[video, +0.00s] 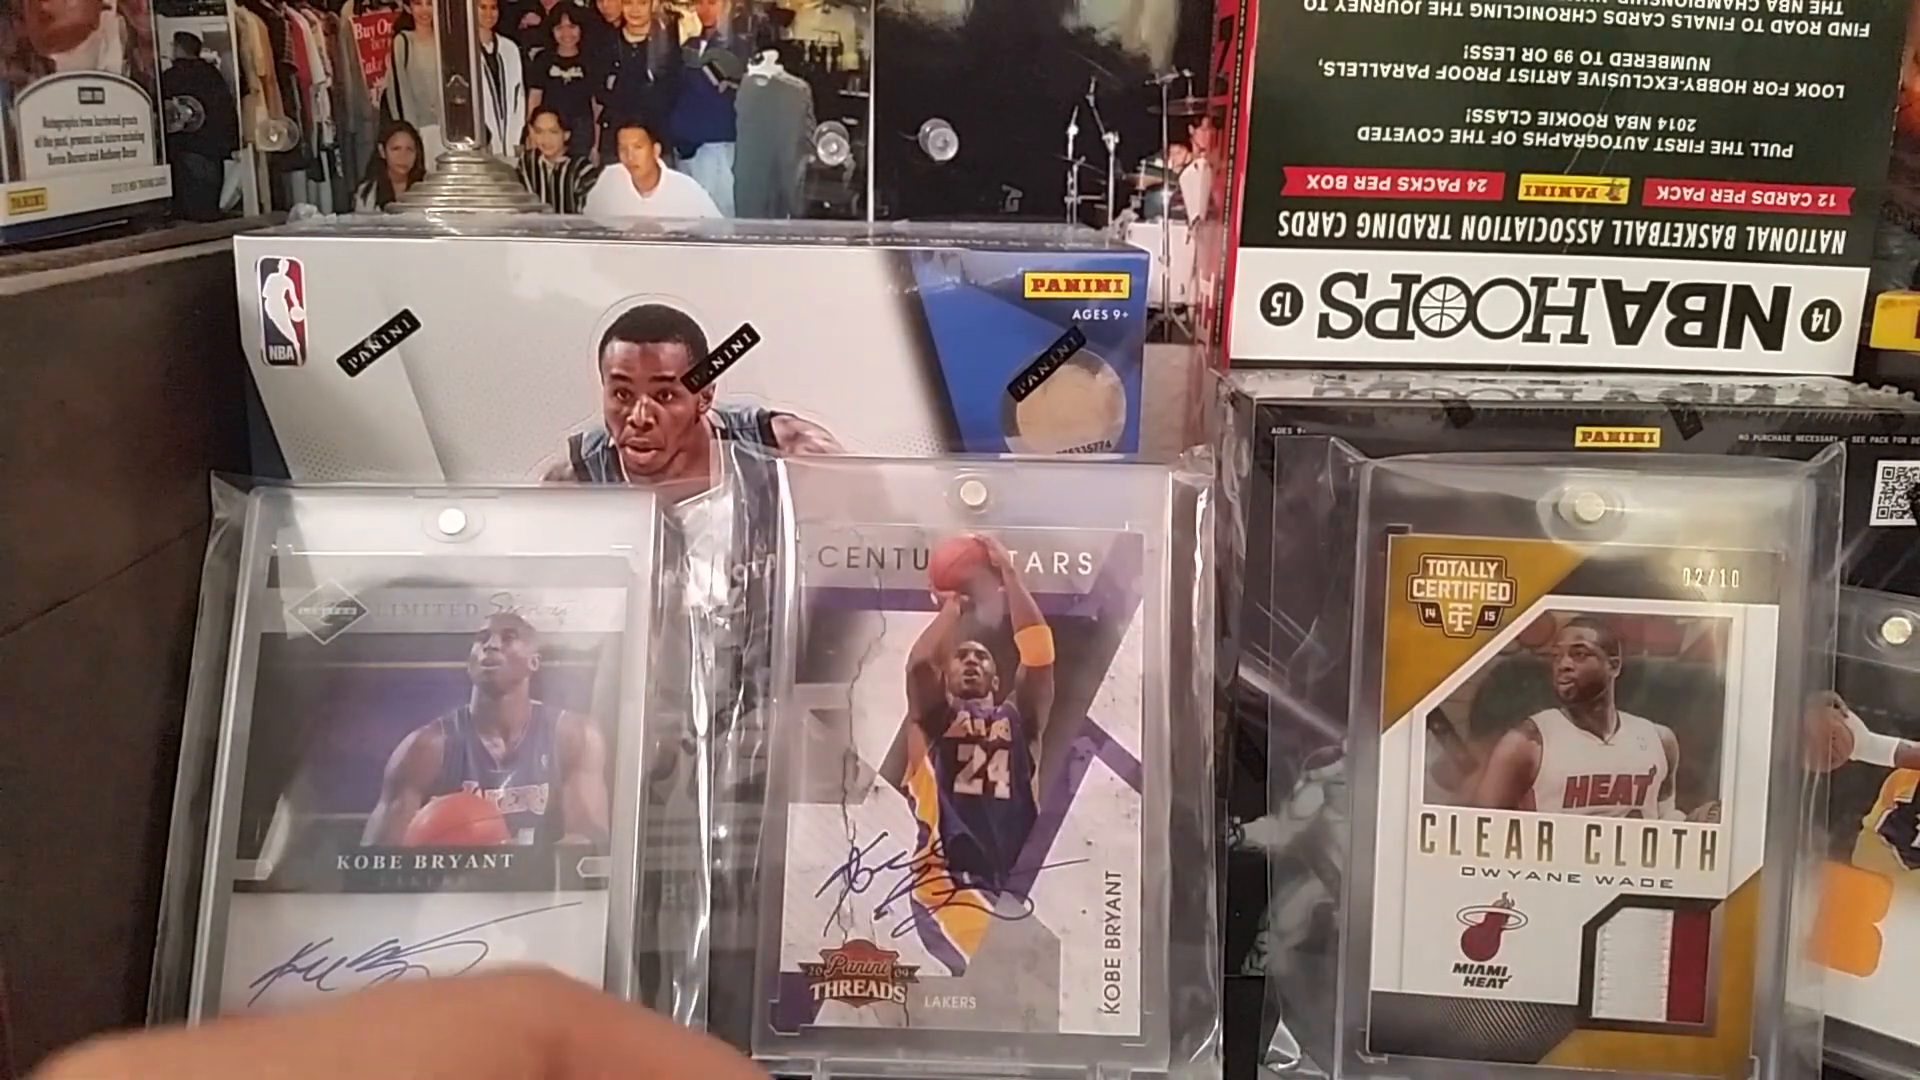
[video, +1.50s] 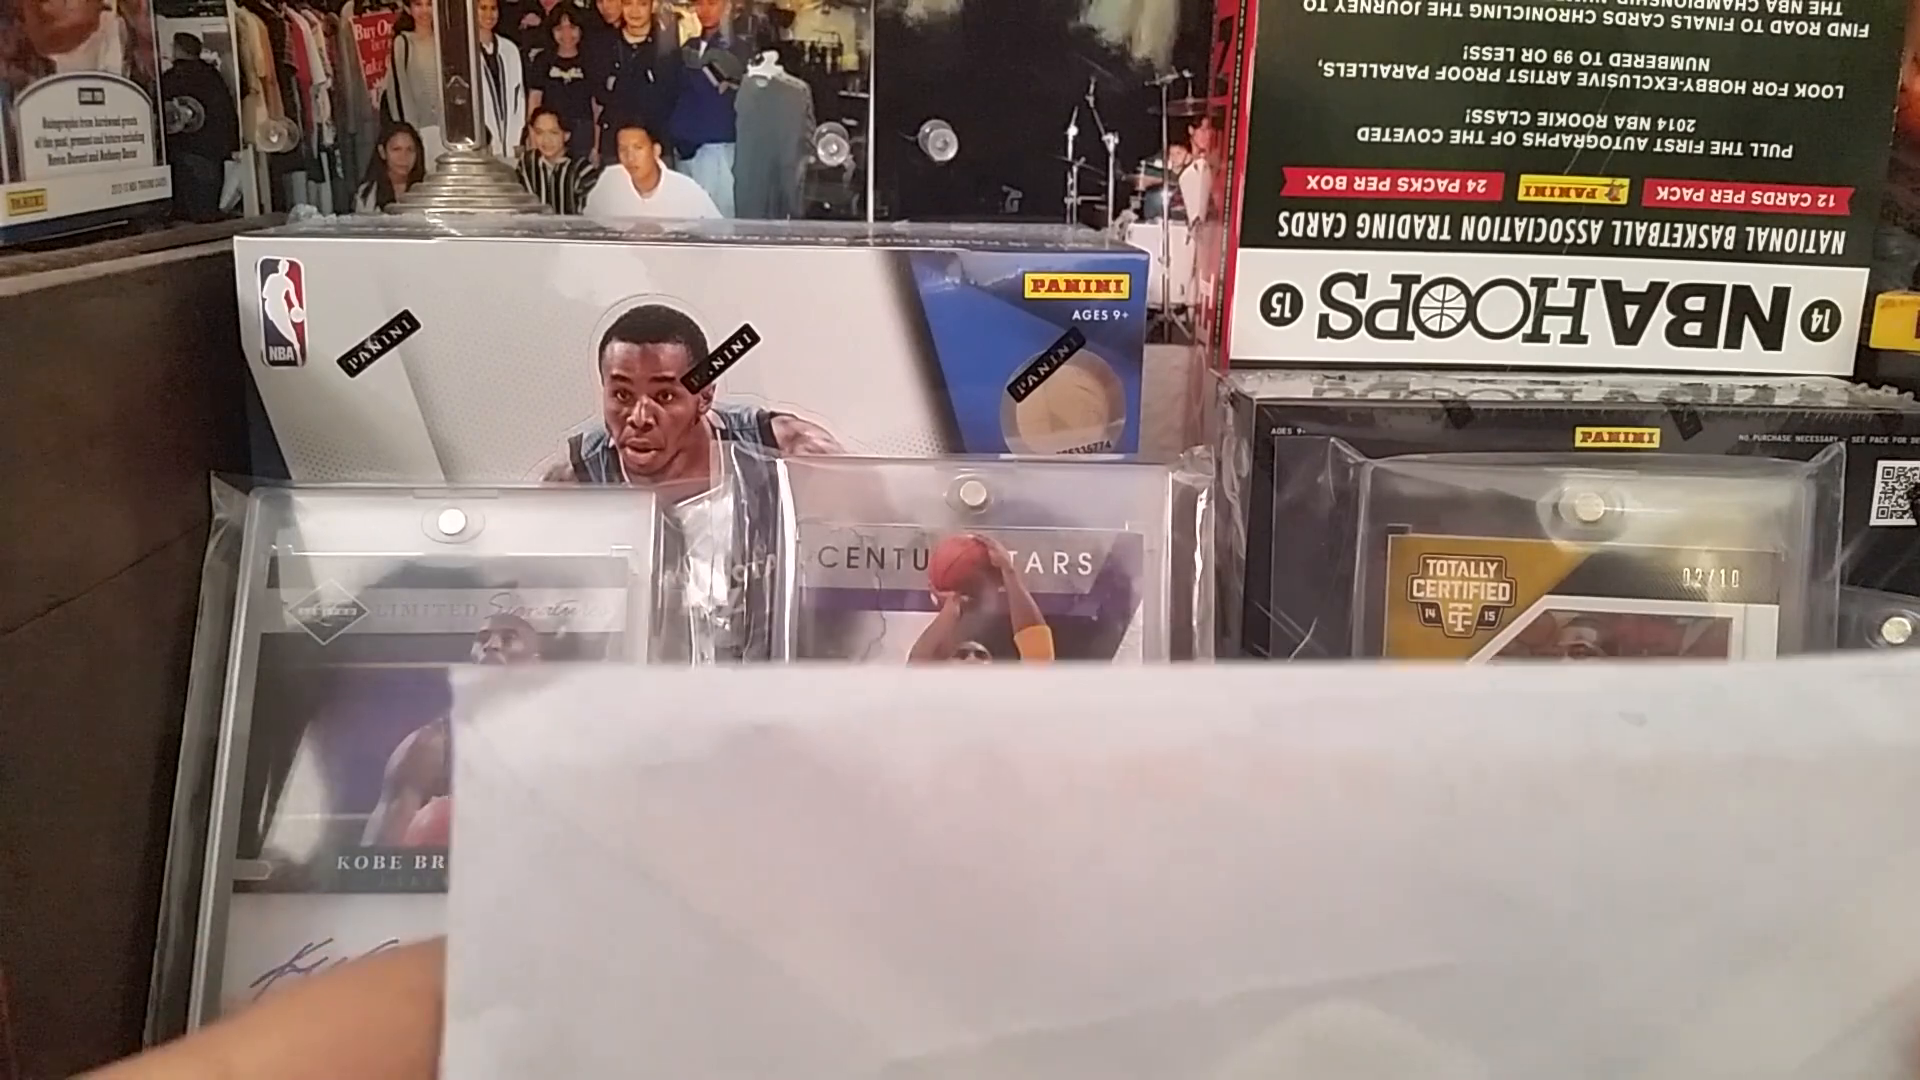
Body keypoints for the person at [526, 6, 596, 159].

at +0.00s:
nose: (565, 33)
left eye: (571, 27)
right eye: (560, 28)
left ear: (580, 31)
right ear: (553, 32)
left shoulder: (590, 62)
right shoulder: (543, 60)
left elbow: (597, 104)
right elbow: (534, 97)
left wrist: (596, 145)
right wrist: (531, 134)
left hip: (581, 131)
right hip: (549, 133)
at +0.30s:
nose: (566, 33)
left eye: (571, 27)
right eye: (560, 28)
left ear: (580, 31)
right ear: (553, 32)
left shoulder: (589, 61)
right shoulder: (543, 60)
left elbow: (597, 105)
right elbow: (534, 98)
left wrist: (596, 146)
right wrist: (531, 135)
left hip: (581, 132)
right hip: (549, 134)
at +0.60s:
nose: (566, 33)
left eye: (572, 27)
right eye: (560, 28)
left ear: (580, 32)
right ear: (554, 33)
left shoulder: (590, 61)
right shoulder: (543, 60)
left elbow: (597, 105)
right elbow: (534, 99)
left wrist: (596, 146)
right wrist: (531, 135)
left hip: (581, 132)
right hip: (549, 134)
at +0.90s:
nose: (566, 33)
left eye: (572, 27)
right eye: (559, 28)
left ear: (580, 31)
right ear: (553, 33)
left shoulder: (590, 62)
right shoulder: (543, 60)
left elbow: (597, 105)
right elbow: (534, 98)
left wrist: (596, 146)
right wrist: (531, 135)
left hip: (581, 132)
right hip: (549, 133)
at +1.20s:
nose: (566, 33)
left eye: (572, 27)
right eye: (560, 28)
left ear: (580, 31)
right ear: (553, 33)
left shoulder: (589, 62)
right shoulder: (543, 61)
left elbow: (596, 105)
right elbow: (535, 99)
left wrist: (595, 146)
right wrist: (532, 138)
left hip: (581, 135)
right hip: (549, 136)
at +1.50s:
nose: (567, 34)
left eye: (572, 27)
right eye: (560, 28)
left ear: (580, 32)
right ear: (553, 33)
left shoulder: (589, 60)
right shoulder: (543, 60)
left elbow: (597, 105)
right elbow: (535, 99)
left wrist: (596, 146)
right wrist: (533, 139)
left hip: (582, 131)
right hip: (550, 131)